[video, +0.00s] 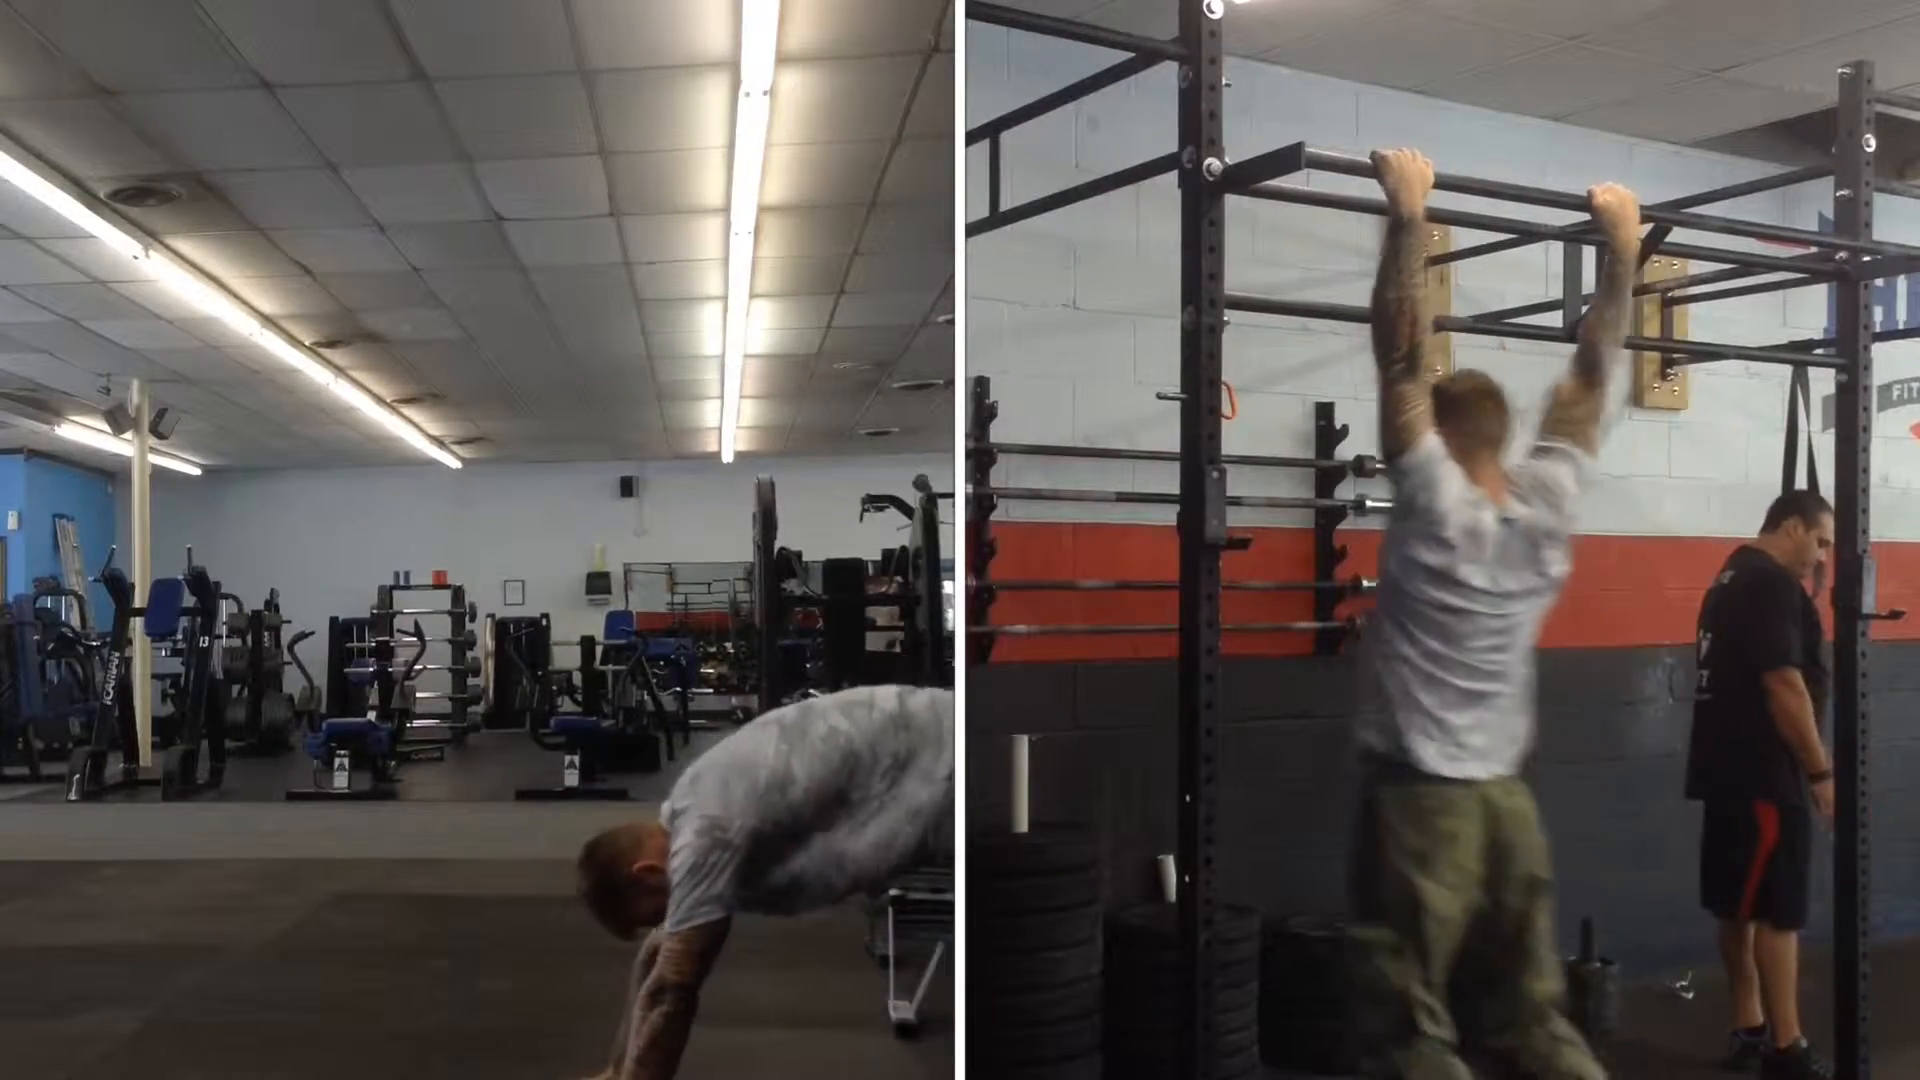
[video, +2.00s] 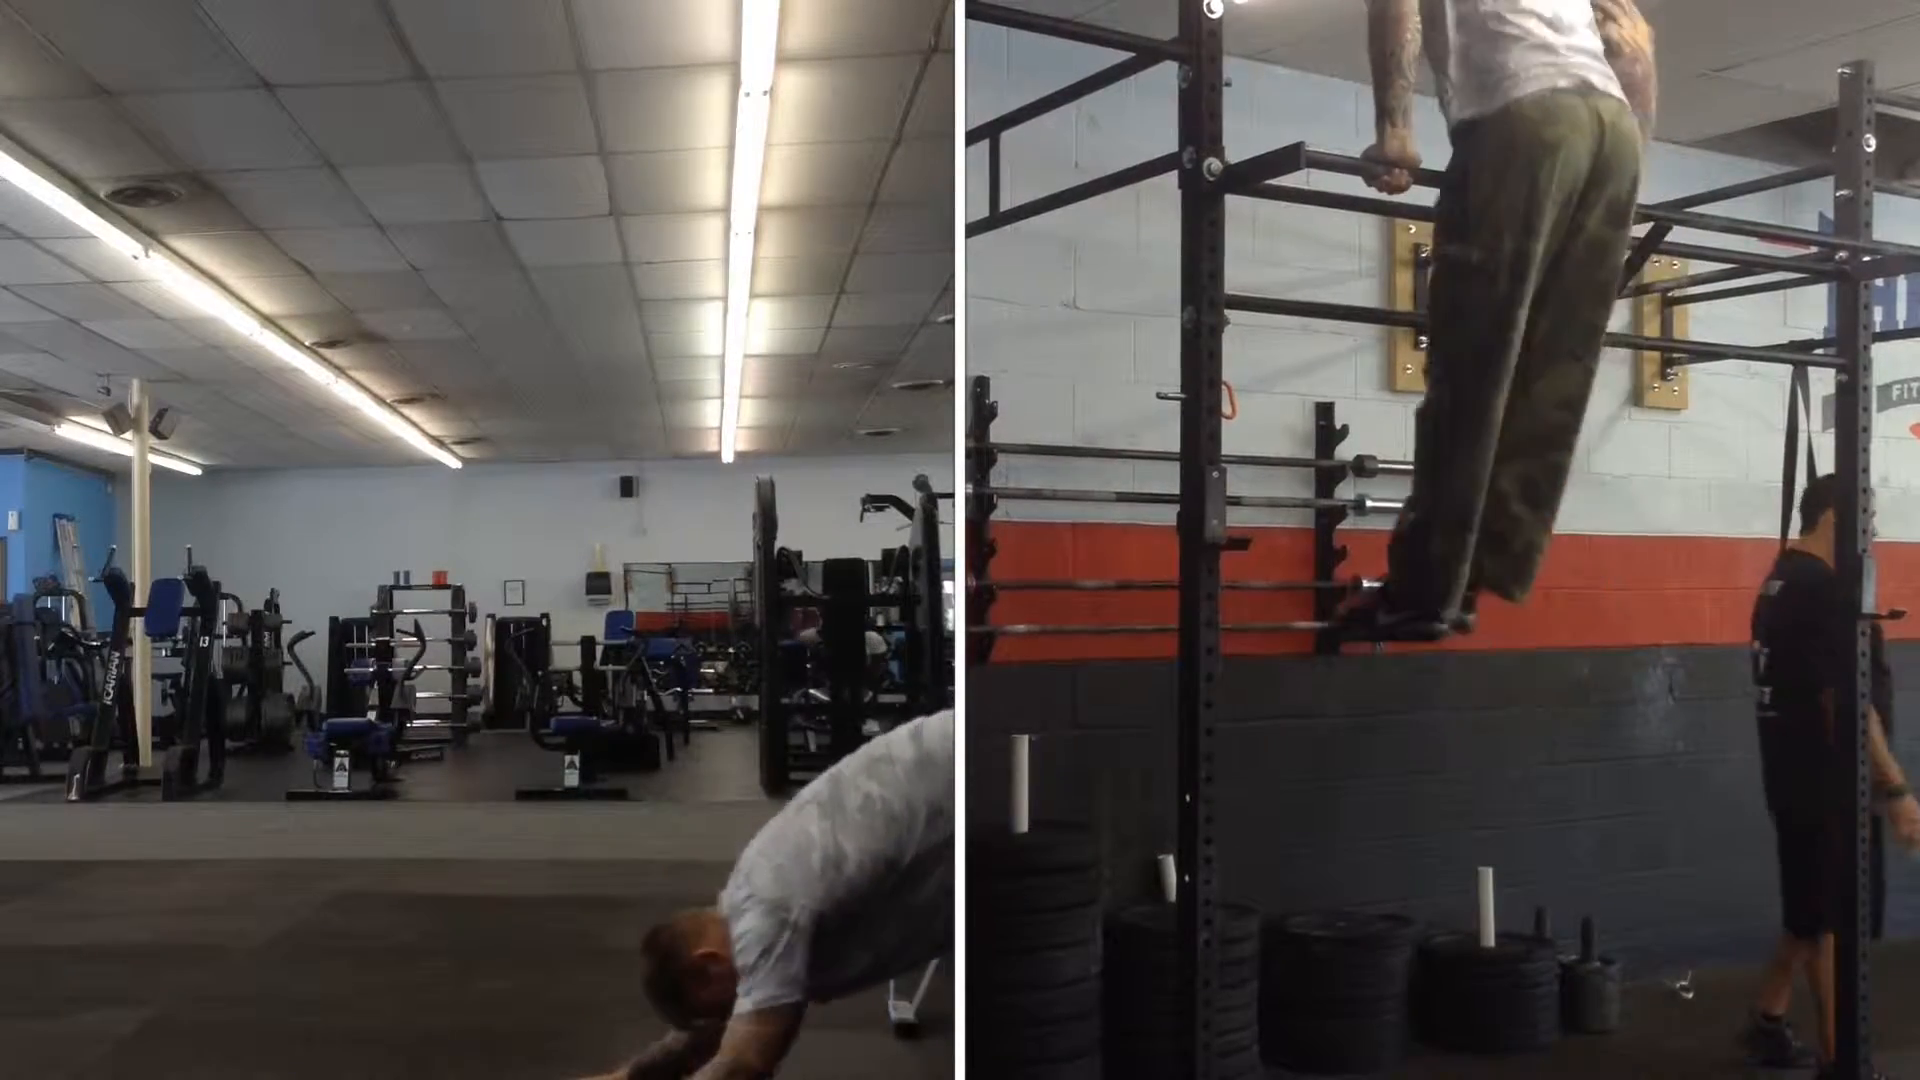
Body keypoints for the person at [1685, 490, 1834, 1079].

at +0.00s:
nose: (1823, 556)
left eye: (1827, 546)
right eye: (1820, 542)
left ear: (1781, 528)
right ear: (1791, 527)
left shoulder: (1735, 578)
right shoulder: (1771, 584)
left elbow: (1736, 684)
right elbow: (1783, 687)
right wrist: (1822, 773)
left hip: (1729, 770)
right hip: (1767, 775)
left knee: (1738, 908)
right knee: (1779, 914)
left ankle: (1749, 1030)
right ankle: (1787, 1044)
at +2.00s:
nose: (1866, 535)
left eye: (1866, 522)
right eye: (1862, 522)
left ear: (1814, 514)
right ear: (1835, 517)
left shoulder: (1784, 577)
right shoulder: (1825, 586)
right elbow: (1849, 700)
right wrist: (1895, 787)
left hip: (1791, 771)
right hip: (1827, 778)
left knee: (1807, 910)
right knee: (1834, 919)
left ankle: (1769, 1017)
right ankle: (1840, 1054)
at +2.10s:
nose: (1877, 531)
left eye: (1877, 518)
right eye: (1871, 517)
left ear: (1821, 513)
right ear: (1841, 515)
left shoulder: (1785, 581)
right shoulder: (1829, 587)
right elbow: (1860, 696)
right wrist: (1911, 781)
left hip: (1799, 777)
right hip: (1836, 783)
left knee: (1824, 913)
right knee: (1841, 924)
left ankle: (1785, 1005)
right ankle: (1844, 1054)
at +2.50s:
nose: (1902, 529)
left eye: (1902, 517)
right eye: (1893, 517)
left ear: (1850, 520)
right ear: (1856, 518)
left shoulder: (1811, 577)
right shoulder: (1848, 587)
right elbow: (1869, 703)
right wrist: (1914, 777)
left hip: (1808, 781)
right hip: (1842, 789)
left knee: (1830, 929)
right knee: (1848, 931)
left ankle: (1839, 1052)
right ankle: (1845, 1056)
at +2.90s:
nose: (1909, 527)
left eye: (1908, 514)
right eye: (1900, 514)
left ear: (1863, 520)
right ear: (1863, 517)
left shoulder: (1822, 582)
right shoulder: (1863, 590)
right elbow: (1874, 702)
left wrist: (1895, 778)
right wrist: (1911, 786)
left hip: (1828, 783)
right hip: (1862, 791)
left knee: (1850, 925)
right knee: (1862, 929)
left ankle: (1852, 1044)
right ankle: (1851, 1051)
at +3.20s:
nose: (1914, 523)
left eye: (1912, 511)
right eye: (1904, 510)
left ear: (1869, 519)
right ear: (1868, 516)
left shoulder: (1840, 584)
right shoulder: (1864, 590)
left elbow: (1887, 691)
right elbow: (1887, 695)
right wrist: (1919, 755)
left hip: (1861, 783)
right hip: (1877, 789)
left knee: (1878, 919)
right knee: (1897, 921)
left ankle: (1858, 1041)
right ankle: (1859, 1044)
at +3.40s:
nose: (1919, 527)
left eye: (1919, 514)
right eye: (1914, 514)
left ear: (1875, 518)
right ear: (1878, 515)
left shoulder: (1834, 585)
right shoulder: (1880, 590)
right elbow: (1896, 694)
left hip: (1850, 779)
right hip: (1889, 784)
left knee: (1873, 911)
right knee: (1904, 914)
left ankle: (1872, 1028)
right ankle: (1900, 1036)